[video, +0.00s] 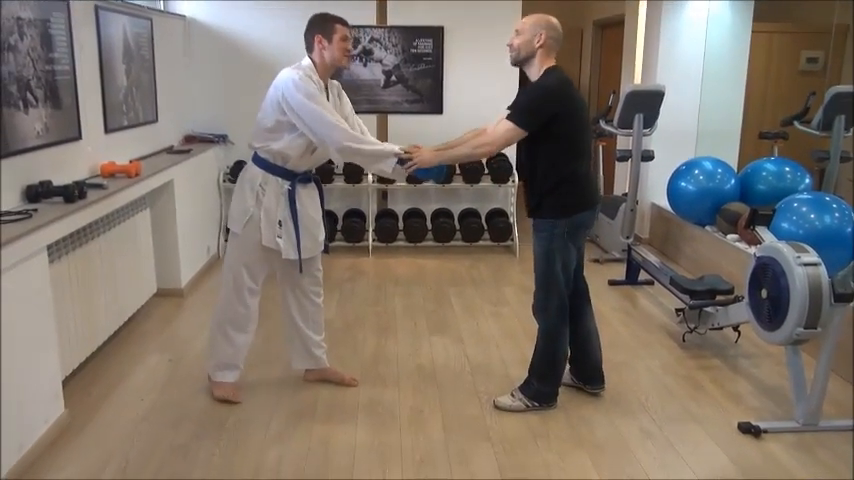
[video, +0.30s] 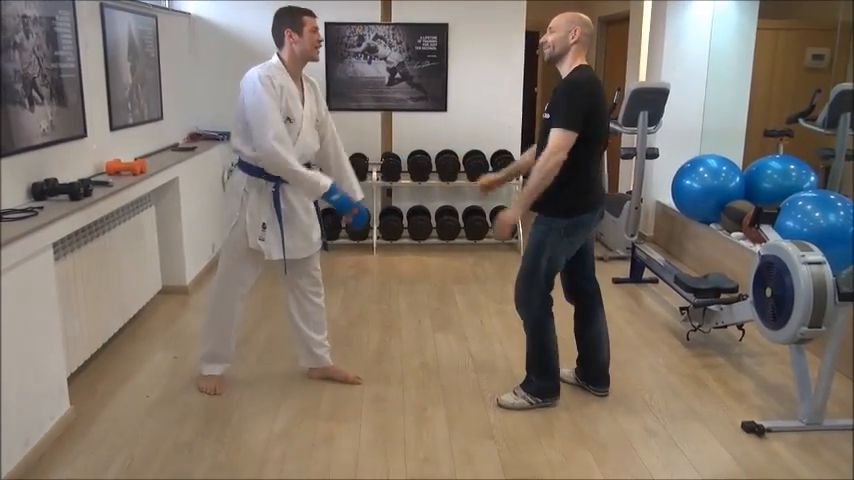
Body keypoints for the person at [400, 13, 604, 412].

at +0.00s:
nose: (510, 42)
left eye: (517, 35)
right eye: (512, 34)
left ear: (539, 42)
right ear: (539, 42)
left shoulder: (548, 90)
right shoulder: (537, 86)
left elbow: (491, 146)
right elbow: (488, 133)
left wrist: (437, 158)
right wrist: (436, 150)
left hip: (562, 211)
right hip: (566, 207)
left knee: (550, 304)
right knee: (572, 292)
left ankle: (540, 392)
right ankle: (589, 375)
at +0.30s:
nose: (542, 39)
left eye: (550, 32)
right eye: (545, 33)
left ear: (575, 37)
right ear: (574, 39)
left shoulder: (575, 86)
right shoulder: (581, 84)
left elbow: (557, 154)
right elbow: (545, 148)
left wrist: (518, 207)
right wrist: (501, 176)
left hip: (562, 212)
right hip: (580, 209)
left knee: (530, 295)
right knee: (583, 293)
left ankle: (540, 388)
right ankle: (594, 375)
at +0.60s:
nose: (540, 49)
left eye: (547, 42)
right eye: (542, 43)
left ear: (572, 47)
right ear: (573, 50)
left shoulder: (569, 85)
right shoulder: (587, 86)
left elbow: (603, 136)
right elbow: (617, 142)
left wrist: (613, 195)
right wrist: (622, 192)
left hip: (562, 216)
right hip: (585, 215)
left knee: (531, 303)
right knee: (591, 300)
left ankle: (516, 397)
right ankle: (597, 383)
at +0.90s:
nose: (527, 57)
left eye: (533, 51)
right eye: (528, 50)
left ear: (557, 54)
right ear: (562, 56)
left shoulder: (543, 94)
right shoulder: (591, 96)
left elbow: (515, 145)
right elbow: (608, 151)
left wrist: (490, 192)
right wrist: (573, 156)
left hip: (552, 224)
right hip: (585, 220)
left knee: (524, 313)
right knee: (583, 305)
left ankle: (516, 405)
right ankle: (596, 389)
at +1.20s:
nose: (489, 82)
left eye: (495, 74)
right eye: (489, 74)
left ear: (522, 74)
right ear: (527, 74)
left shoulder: (532, 116)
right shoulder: (564, 102)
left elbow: (509, 187)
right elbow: (557, 157)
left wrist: (469, 162)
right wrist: (511, 143)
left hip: (548, 229)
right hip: (580, 222)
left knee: (523, 319)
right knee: (573, 305)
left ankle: (518, 410)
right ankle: (591, 391)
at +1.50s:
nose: (510, 77)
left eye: (516, 69)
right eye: (511, 69)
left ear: (541, 70)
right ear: (546, 70)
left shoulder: (541, 115)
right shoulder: (579, 105)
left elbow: (535, 185)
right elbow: (565, 163)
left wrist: (498, 203)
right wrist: (519, 127)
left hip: (549, 232)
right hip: (583, 227)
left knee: (521, 323)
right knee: (579, 317)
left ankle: (519, 413)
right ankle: (594, 403)